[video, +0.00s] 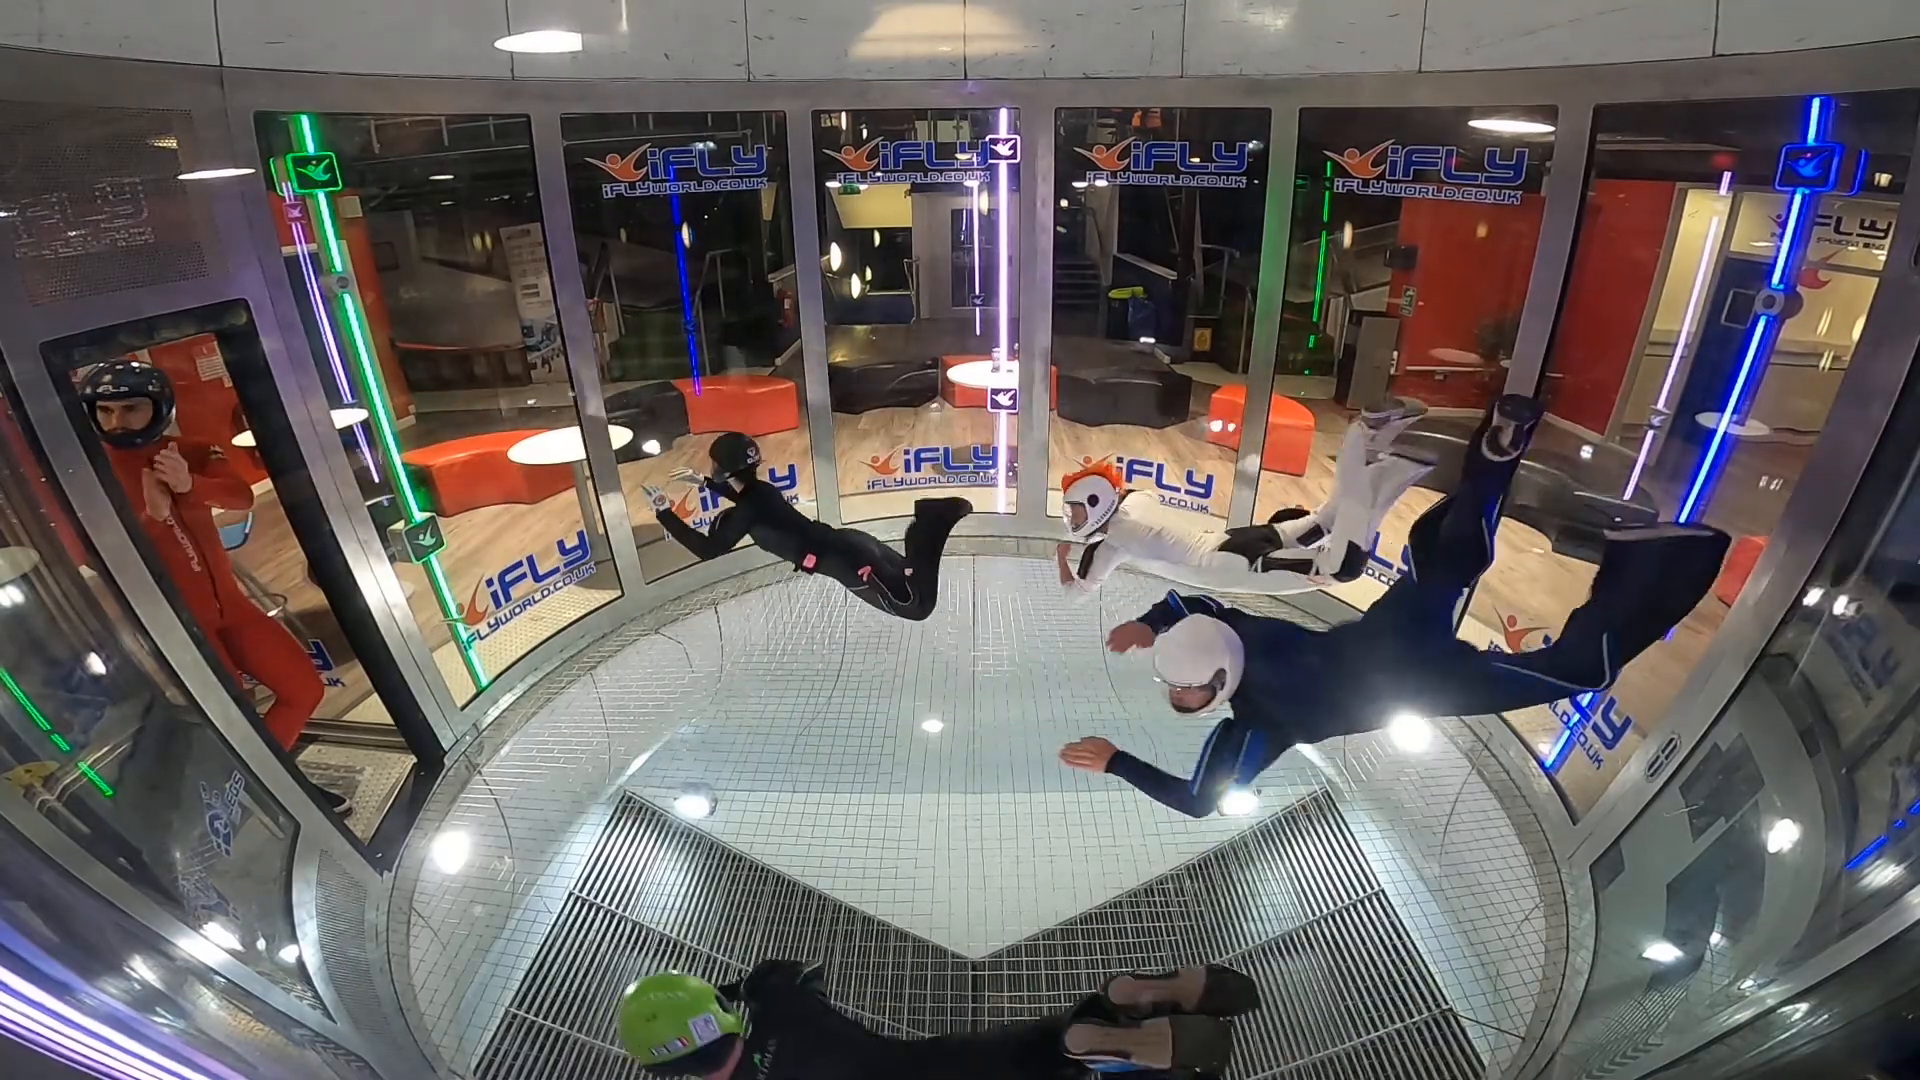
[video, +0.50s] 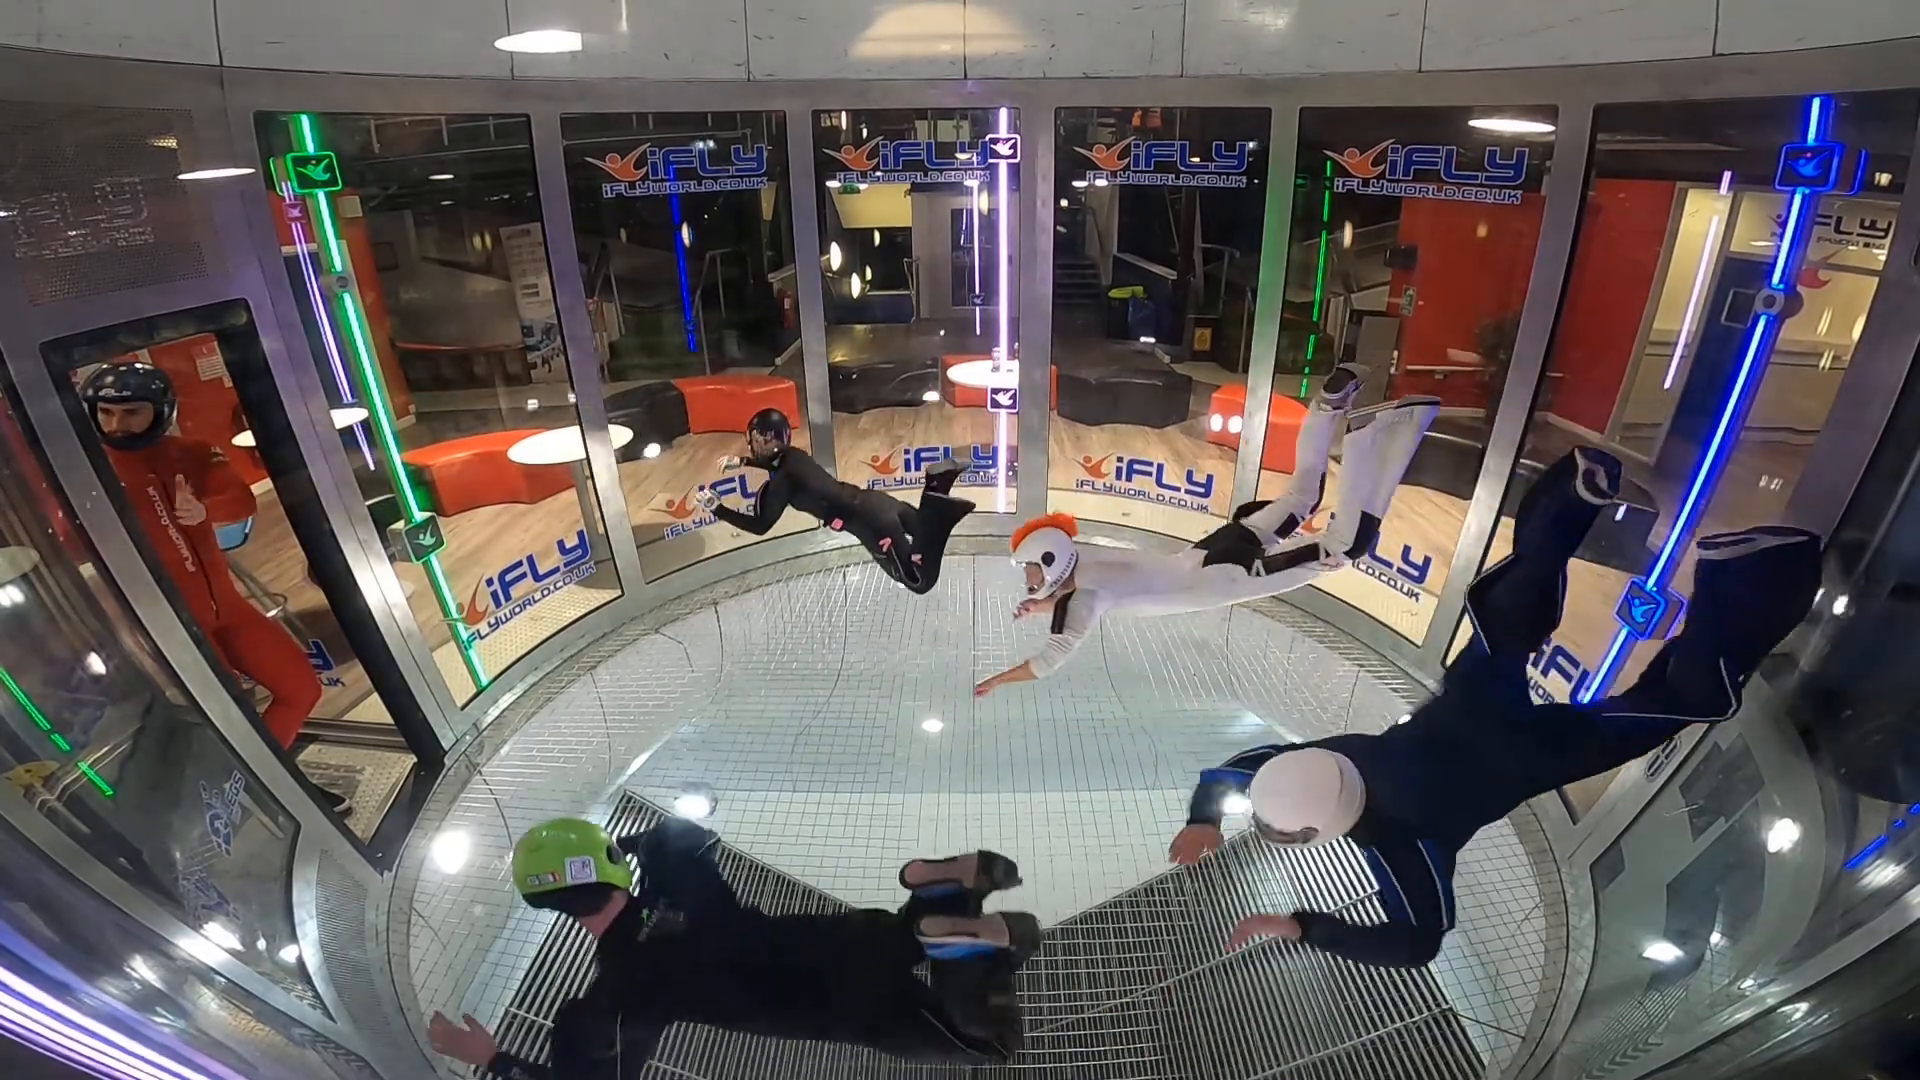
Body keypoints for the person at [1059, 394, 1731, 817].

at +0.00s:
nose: (1180, 697)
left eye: (1184, 691)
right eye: (1175, 687)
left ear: (1214, 686)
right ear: (1205, 657)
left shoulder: (1251, 725)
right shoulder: (1231, 628)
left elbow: (1197, 800)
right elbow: (1193, 608)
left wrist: (1120, 762)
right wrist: (1146, 625)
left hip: (1421, 681)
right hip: (1395, 624)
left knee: (1577, 665)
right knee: (1446, 549)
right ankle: (1504, 442)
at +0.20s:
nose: (1237, 748)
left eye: (1240, 742)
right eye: (1231, 732)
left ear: (1269, 742)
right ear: (1261, 690)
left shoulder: (1324, 769)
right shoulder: (1271, 663)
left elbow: (1282, 849)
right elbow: (1207, 643)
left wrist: (1204, 804)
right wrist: (1154, 693)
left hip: (1482, 693)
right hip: (1437, 634)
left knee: (1629, 650)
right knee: (1482, 547)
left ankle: (1694, 537)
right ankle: (1543, 438)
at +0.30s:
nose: (1254, 771)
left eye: (1257, 770)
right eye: (1249, 765)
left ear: (1291, 768)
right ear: (1284, 714)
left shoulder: (1357, 789)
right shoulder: (1292, 694)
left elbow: (1335, 878)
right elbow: (1219, 681)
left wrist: (1246, 833)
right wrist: (1178, 729)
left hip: (1509, 704)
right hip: (1454, 650)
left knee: (1653, 656)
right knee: (1491, 557)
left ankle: (1704, 540)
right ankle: (1562, 455)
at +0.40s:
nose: (1264, 800)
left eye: (1270, 799)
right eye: (1258, 793)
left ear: (1310, 799)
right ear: (1293, 740)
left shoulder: (1385, 816)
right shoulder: (1306, 729)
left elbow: (1374, 911)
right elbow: (1234, 723)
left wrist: (1285, 862)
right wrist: (1198, 773)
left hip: (1519, 732)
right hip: (1457, 683)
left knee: (1660, 681)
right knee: (1500, 584)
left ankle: (1739, 559)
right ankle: (1571, 468)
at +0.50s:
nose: (1271, 834)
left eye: (1280, 832)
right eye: (1265, 823)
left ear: (1321, 831)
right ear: (1307, 773)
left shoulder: (1402, 845)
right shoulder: (1318, 762)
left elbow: (1417, 940)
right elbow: (1242, 765)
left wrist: (1303, 929)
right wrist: (1205, 818)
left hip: (1542, 746)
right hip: (1471, 694)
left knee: (1690, 694)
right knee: (1509, 604)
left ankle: (1718, 582)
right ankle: (1585, 486)